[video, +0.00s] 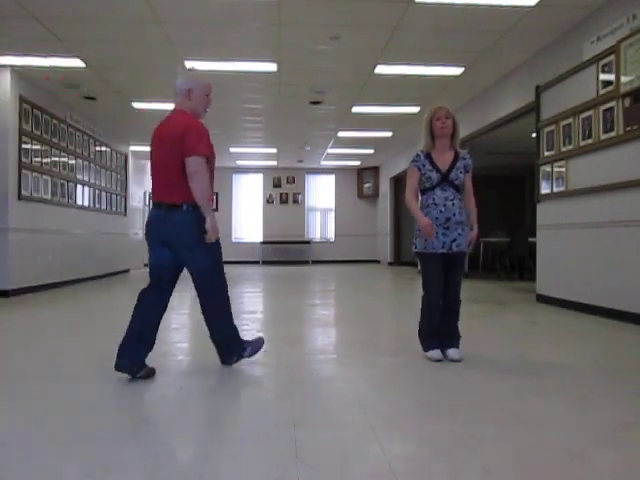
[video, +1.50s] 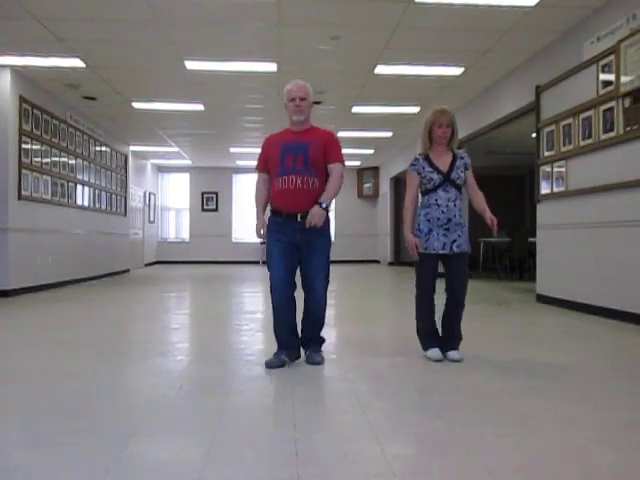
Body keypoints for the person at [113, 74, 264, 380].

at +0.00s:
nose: (209, 104)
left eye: (210, 97)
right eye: (206, 96)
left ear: (184, 96)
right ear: (188, 95)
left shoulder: (162, 127)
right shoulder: (193, 127)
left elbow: (162, 174)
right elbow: (195, 170)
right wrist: (209, 215)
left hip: (160, 218)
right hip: (189, 219)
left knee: (158, 289)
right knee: (213, 287)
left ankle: (130, 359)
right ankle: (230, 348)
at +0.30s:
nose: (246, 103)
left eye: (245, 98)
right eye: (242, 97)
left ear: (221, 101)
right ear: (225, 100)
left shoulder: (205, 133)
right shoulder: (229, 133)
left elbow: (206, 182)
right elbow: (239, 181)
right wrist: (265, 213)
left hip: (209, 219)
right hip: (233, 219)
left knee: (219, 280)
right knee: (242, 286)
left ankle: (176, 330)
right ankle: (236, 350)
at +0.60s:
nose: (262, 107)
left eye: (263, 102)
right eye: (257, 102)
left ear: (244, 104)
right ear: (239, 103)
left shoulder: (249, 136)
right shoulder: (235, 135)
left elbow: (255, 180)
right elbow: (240, 179)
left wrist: (279, 200)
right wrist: (278, 206)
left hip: (258, 221)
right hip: (246, 222)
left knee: (272, 284)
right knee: (259, 286)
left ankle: (286, 339)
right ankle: (237, 349)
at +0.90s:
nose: (279, 105)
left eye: (280, 100)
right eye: (273, 100)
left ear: (281, 103)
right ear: (256, 104)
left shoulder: (285, 140)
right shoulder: (244, 137)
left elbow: (297, 176)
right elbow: (227, 176)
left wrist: (320, 200)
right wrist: (227, 216)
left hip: (283, 221)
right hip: (255, 220)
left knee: (294, 282)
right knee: (265, 281)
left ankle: (305, 342)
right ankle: (242, 339)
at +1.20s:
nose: (292, 104)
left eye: (296, 100)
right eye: (286, 100)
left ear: (302, 104)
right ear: (274, 105)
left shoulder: (316, 142)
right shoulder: (260, 140)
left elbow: (329, 179)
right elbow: (244, 177)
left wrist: (340, 214)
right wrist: (240, 212)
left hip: (305, 222)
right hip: (271, 221)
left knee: (308, 289)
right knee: (272, 286)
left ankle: (304, 346)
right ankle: (261, 341)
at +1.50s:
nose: (297, 103)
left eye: (303, 98)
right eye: (292, 99)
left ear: (311, 102)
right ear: (285, 104)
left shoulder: (326, 138)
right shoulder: (272, 142)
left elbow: (337, 174)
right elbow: (263, 180)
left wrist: (323, 205)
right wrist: (260, 214)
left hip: (314, 222)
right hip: (280, 223)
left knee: (316, 288)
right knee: (280, 288)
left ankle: (313, 345)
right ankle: (287, 348)